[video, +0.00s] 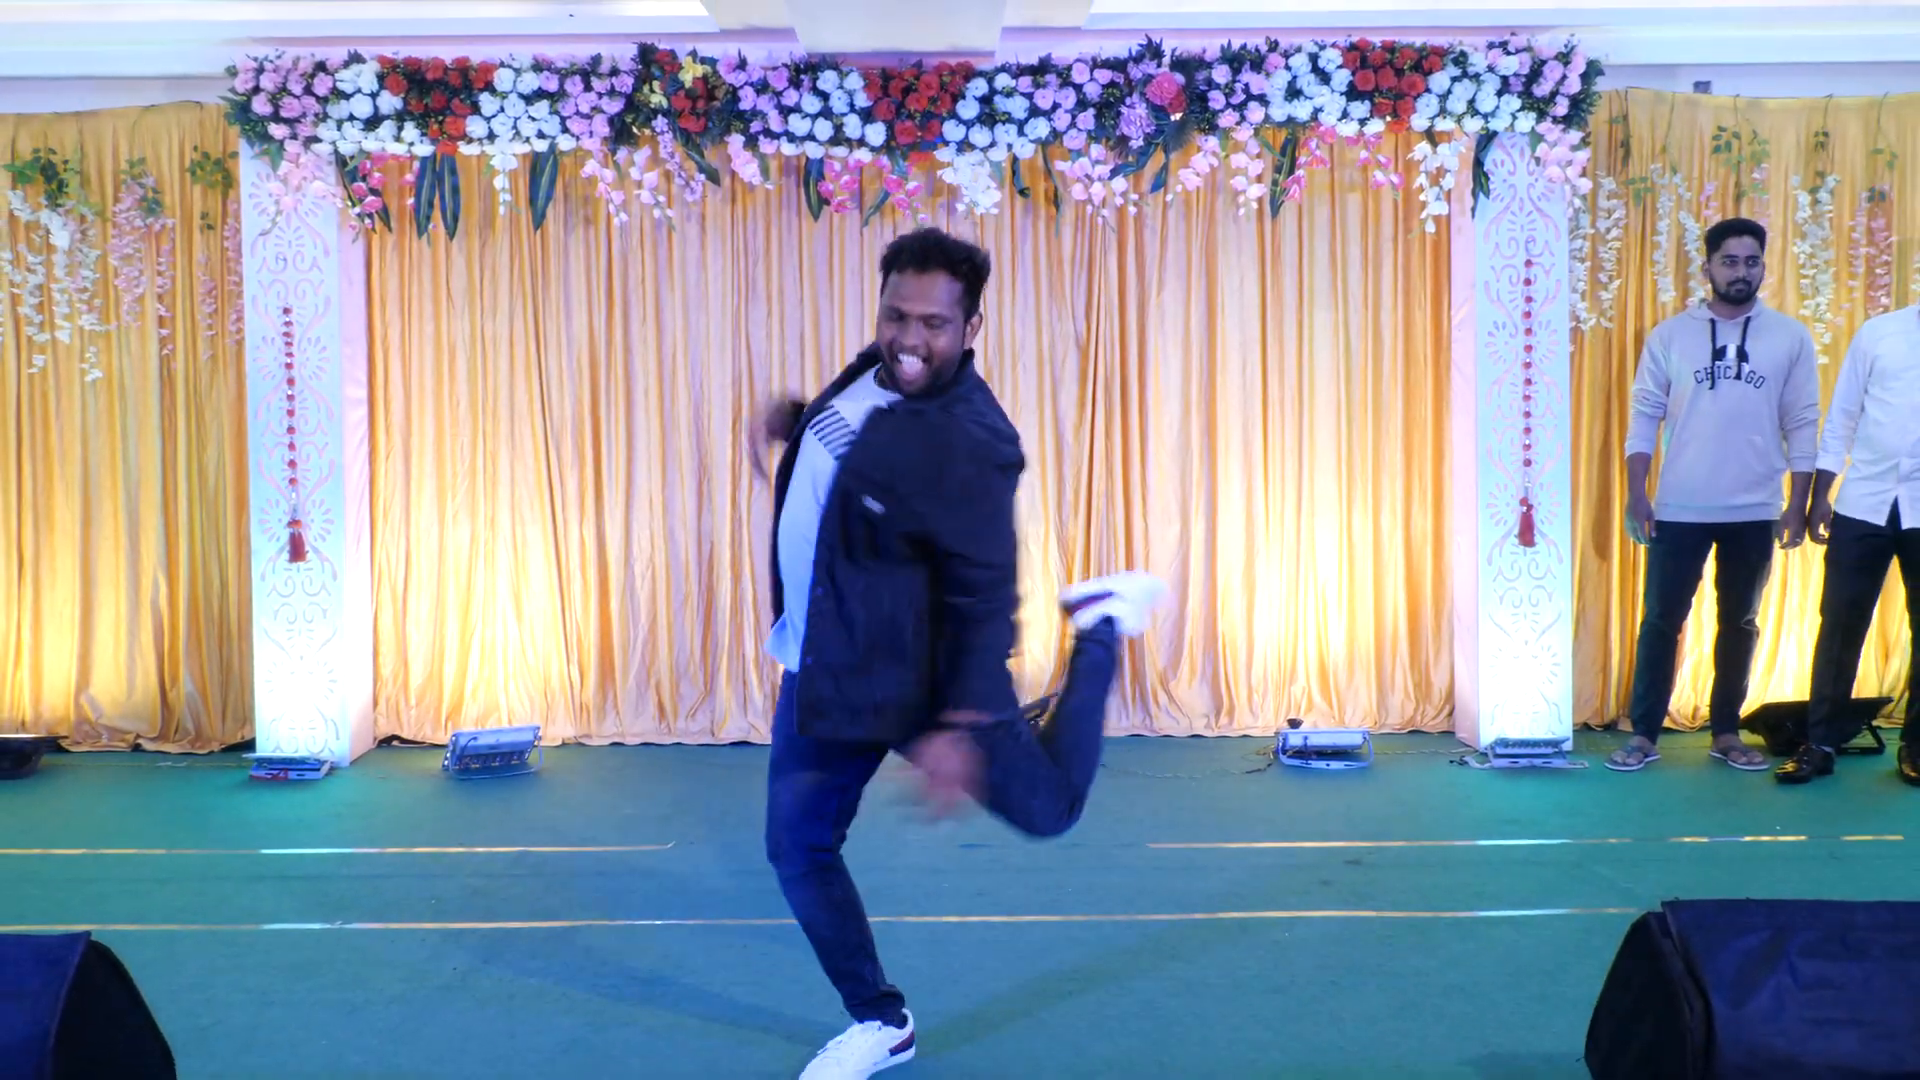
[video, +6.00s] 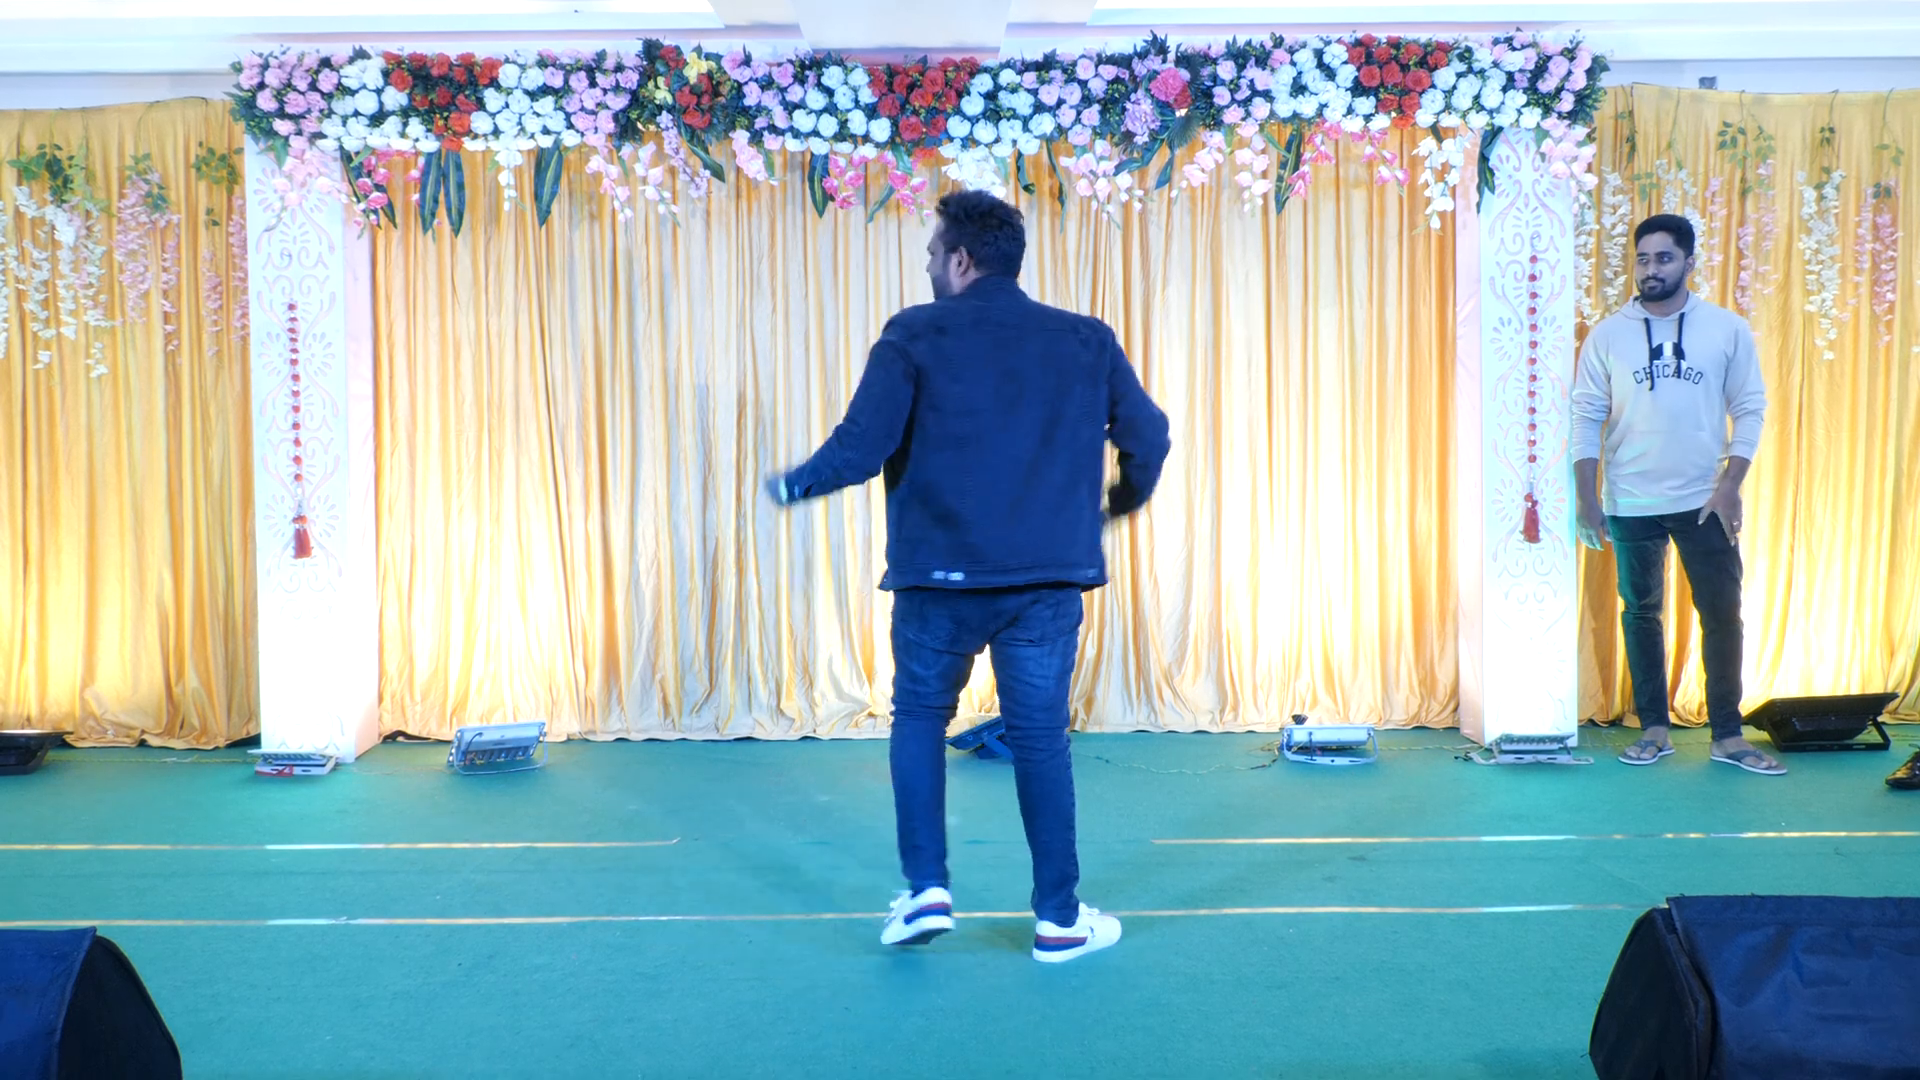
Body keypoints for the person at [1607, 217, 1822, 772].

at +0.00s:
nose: (1741, 270)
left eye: (1751, 261)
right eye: (1730, 260)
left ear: (1764, 268)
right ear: (1708, 266)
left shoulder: (1789, 338)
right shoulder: (1670, 335)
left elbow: (1802, 422)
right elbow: (1645, 413)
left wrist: (1799, 501)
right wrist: (1636, 489)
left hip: (1753, 509)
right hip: (1681, 506)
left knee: (1739, 627)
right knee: (1660, 622)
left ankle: (1726, 734)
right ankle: (1643, 735)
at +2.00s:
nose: (1709, 277)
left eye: (1722, 267)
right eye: (1704, 267)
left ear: (1753, 270)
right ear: (1698, 270)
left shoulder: (1790, 340)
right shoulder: (1670, 338)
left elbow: (1806, 426)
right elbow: (1646, 416)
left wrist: (1803, 502)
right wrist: (1636, 492)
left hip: (1753, 511)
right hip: (1680, 508)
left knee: (1740, 628)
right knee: (1660, 620)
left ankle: (1727, 737)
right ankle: (1647, 736)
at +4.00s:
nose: (1701, 275)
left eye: (1712, 265)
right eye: (1690, 265)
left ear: (1726, 270)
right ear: (1670, 269)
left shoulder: (1754, 322)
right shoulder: (1635, 328)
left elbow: (1792, 362)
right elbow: (1596, 367)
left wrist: (1768, 436)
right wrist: (1608, 435)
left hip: (1725, 495)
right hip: (1653, 495)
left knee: (1724, 618)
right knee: (1652, 614)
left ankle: (1728, 739)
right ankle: (1651, 735)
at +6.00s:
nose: (1651, 268)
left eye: (1664, 258)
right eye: (1643, 259)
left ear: (1689, 263)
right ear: (1632, 265)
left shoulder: (1726, 329)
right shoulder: (1606, 336)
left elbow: (1751, 409)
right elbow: (1587, 416)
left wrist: (1730, 481)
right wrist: (1587, 495)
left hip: (1702, 499)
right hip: (1632, 503)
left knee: (1722, 614)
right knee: (1641, 612)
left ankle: (1726, 737)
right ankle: (1654, 731)